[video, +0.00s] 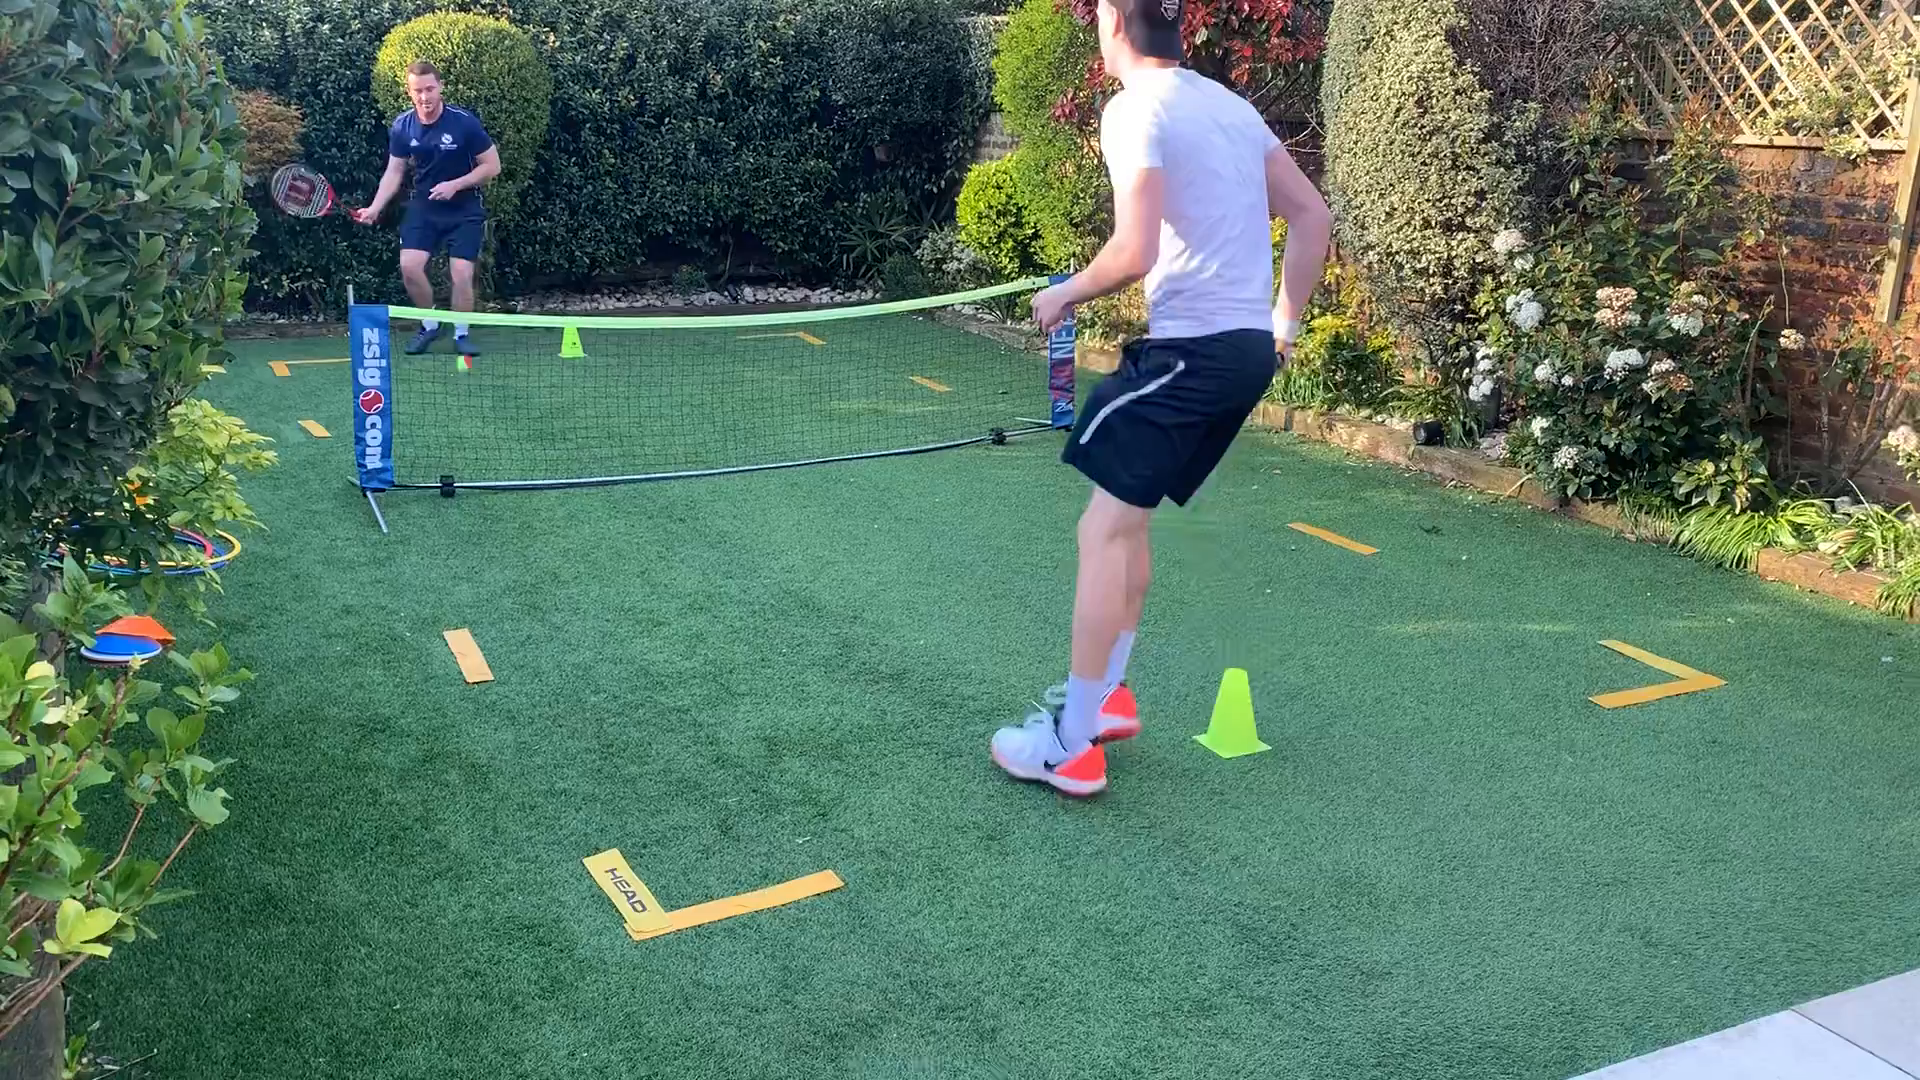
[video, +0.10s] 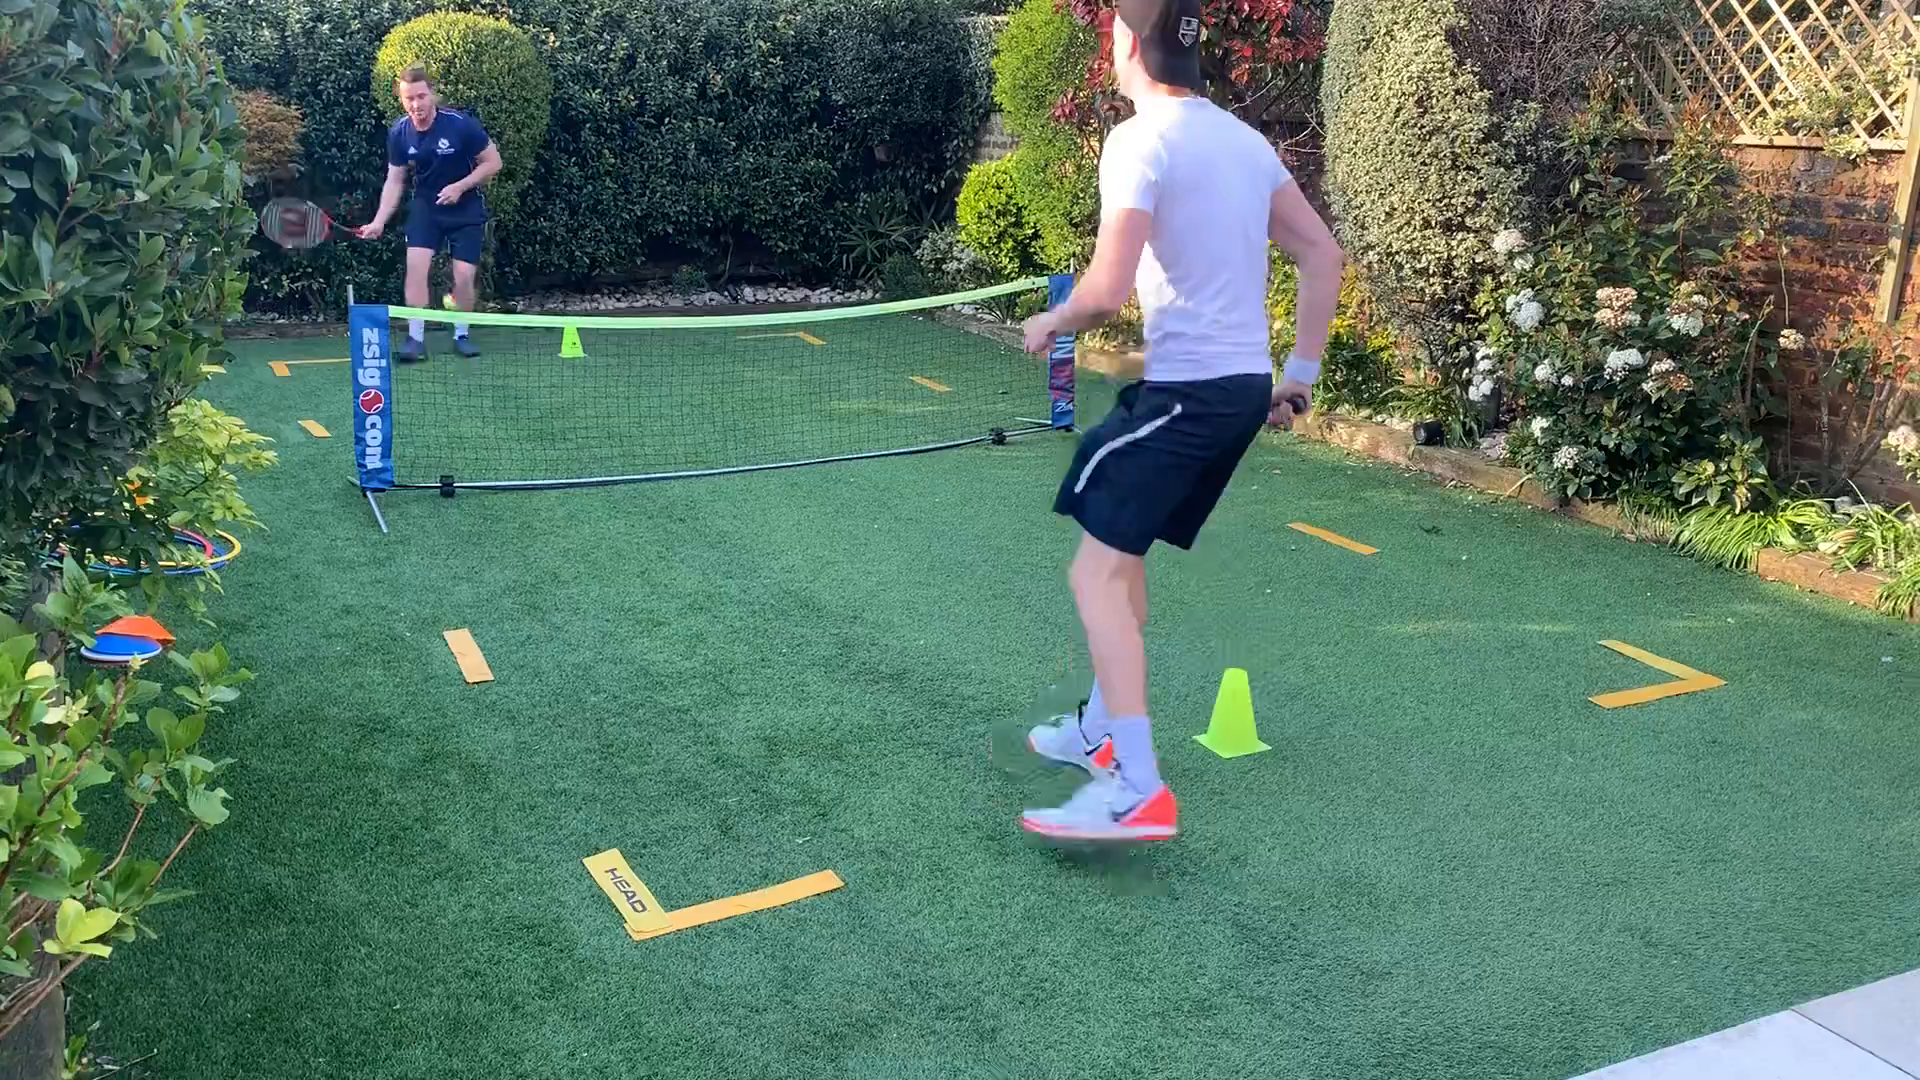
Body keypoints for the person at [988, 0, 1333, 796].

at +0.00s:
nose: (1095, 36)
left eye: (1096, 23)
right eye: (1097, 24)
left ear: (1110, 24)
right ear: (1177, 28)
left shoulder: (1136, 107)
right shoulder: (1235, 108)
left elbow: (1134, 250)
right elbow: (1311, 214)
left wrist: (1064, 293)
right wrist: (1287, 315)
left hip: (1191, 345)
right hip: (1245, 345)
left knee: (1102, 527)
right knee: (1127, 515)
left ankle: (1073, 740)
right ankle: (1108, 689)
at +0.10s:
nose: (1107, 56)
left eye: (1110, 38)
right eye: (1111, 38)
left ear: (1127, 47)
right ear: (1193, 46)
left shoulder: (1139, 141)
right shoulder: (1245, 140)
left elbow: (1108, 289)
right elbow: (1322, 255)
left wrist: (1054, 321)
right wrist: (1301, 370)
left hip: (1183, 389)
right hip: (1240, 389)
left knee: (1095, 572)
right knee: (1125, 552)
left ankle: (1136, 785)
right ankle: (1103, 721)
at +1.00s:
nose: (1412, 104)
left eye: (1417, 91)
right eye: (1416, 89)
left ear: (1439, 101)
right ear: (1495, 103)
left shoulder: (1411, 199)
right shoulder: (1553, 193)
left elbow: (1383, 359)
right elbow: (1566, 337)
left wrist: (1349, 386)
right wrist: (1447, 403)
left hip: (1474, 445)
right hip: (1571, 437)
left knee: (1393, 602)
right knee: (1588, 627)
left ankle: (1508, 772)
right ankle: (1646, 822)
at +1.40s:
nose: (1228, 119)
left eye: (1235, 103)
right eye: (1229, 103)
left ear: (1265, 105)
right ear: (1295, 104)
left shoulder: (1260, 184)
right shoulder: (1355, 173)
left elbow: (1257, 324)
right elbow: (1363, 306)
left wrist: (1219, 382)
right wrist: (1289, 384)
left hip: (1373, 405)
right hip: (1409, 380)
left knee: (1414, 566)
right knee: (1305, 495)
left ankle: (1530, 703)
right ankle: (1423, 617)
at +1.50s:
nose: (1161, 118)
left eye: (1166, 102)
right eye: (1159, 104)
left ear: (1202, 96)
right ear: (1213, 98)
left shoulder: (1212, 171)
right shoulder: (1274, 162)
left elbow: (1222, 305)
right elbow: (1277, 297)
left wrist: (1182, 386)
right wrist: (1198, 368)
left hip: (1308, 385)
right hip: (1308, 376)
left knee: (1330, 558)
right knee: (1226, 490)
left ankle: (1493, 663)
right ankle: (1237, 628)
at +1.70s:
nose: (1009, 160)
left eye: (1014, 144)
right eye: (1007, 147)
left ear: (1049, 139)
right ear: (1052, 141)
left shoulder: (1113, 204)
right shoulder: (1079, 226)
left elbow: (1179, 306)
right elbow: (1047, 343)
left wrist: (1151, 423)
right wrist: (980, 418)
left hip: (1207, 387)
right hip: (1191, 384)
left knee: (1058, 497)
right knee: (1136, 505)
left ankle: (1126, 627)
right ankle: (1218, 626)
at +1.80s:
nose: (931, 161)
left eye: (934, 144)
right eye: (927, 146)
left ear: (967, 135)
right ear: (968, 137)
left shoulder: (1044, 194)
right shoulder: (998, 225)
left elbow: (1132, 283)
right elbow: (985, 341)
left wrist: (1131, 413)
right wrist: (926, 431)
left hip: (1130, 384)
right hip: (1097, 380)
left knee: (994, 500)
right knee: (1093, 514)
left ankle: (943, 646)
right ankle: (1207, 611)